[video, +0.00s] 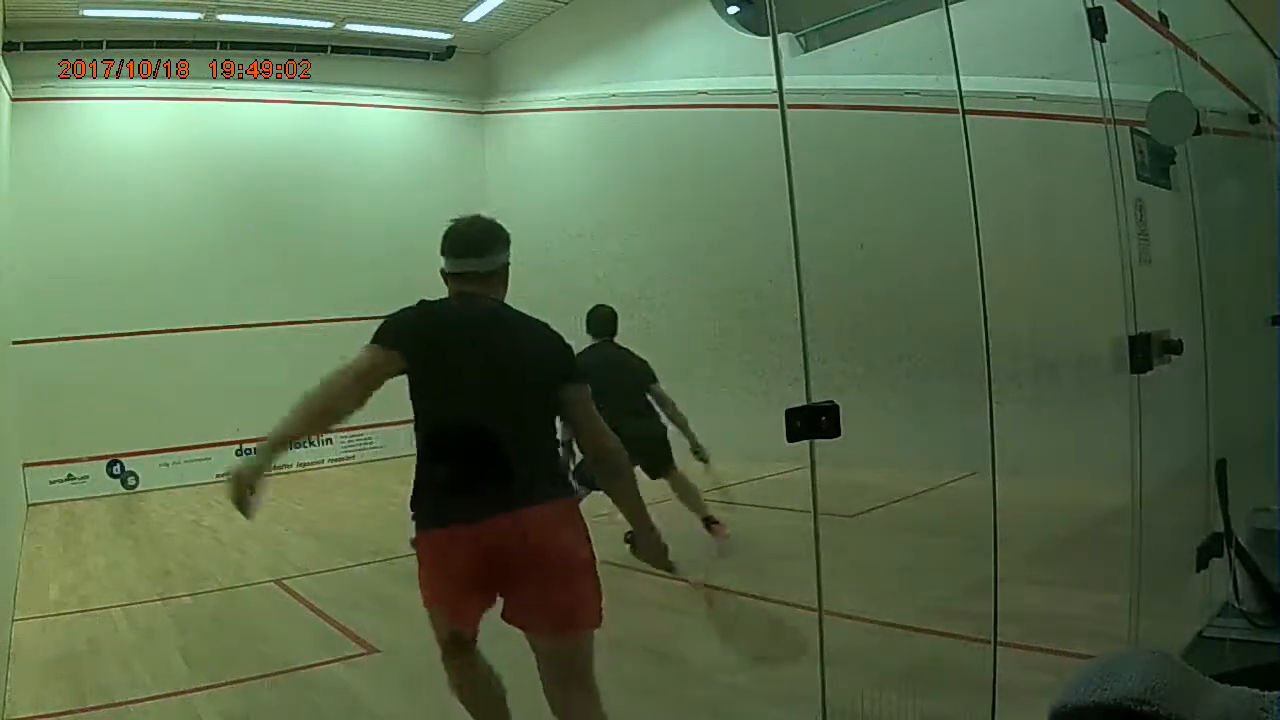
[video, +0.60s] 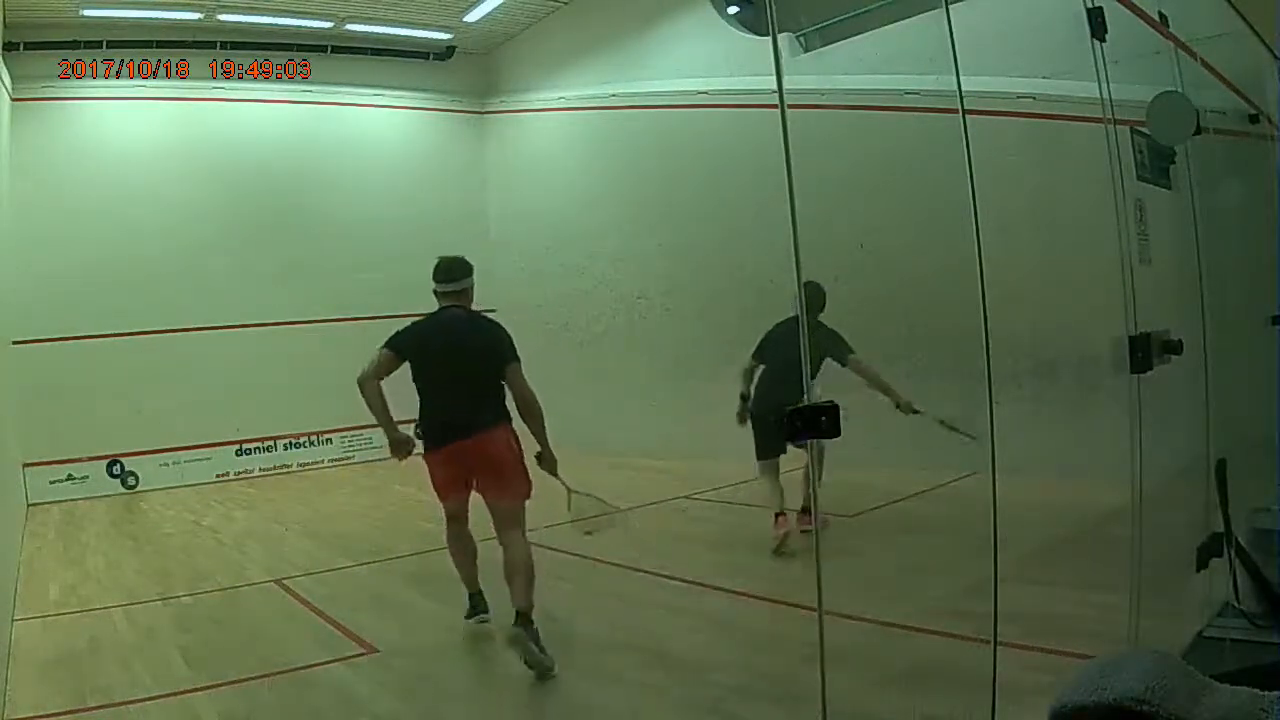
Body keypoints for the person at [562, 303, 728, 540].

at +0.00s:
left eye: (594, 326)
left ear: (588, 329)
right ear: (615, 328)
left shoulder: (578, 365)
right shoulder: (632, 360)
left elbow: (568, 415)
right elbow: (666, 404)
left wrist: (566, 450)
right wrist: (692, 439)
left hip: (607, 444)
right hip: (648, 434)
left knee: (620, 485)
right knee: (672, 473)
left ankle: (643, 533)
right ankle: (707, 518)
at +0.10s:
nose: (651, 326)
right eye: (651, 322)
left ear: (625, 325)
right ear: (651, 325)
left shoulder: (606, 357)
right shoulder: (665, 359)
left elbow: (589, 398)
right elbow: (697, 397)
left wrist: (582, 438)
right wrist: (732, 432)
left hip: (629, 443)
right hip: (669, 438)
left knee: (592, 488)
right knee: (705, 462)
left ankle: (581, 544)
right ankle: (743, 506)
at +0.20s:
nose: (715, 322)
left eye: (710, 316)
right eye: (715, 317)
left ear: (687, 319)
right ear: (711, 321)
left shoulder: (665, 345)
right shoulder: (719, 354)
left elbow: (640, 373)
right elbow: (759, 388)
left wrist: (623, 410)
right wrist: (791, 412)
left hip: (666, 430)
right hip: (704, 430)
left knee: (632, 489)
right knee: (747, 463)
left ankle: (589, 544)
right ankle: (786, 502)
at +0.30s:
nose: (749, 332)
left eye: (740, 328)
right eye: (753, 328)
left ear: (728, 329)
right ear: (755, 329)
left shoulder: (716, 353)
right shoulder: (766, 361)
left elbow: (682, 378)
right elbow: (804, 389)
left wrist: (655, 411)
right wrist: (840, 410)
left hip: (705, 429)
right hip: (742, 432)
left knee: (670, 479)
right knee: (778, 465)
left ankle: (629, 539)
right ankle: (802, 514)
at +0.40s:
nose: (788, 338)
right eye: (791, 333)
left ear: (768, 334)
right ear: (793, 334)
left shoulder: (751, 359)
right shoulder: (801, 360)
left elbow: (715, 389)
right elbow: (840, 383)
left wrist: (689, 418)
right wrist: (869, 399)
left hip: (728, 429)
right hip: (761, 430)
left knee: (709, 488)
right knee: (802, 456)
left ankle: (681, 540)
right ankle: (805, 514)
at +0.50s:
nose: (807, 326)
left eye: (799, 321)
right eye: (809, 322)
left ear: (788, 323)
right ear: (811, 325)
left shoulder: (770, 348)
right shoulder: (813, 351)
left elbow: (736, 382)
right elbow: (856, 373)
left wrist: (715, 417)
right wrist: (890, 393)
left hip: (741, 421)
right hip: (772, 422)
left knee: (738, 484)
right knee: (811, 452)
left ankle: (726, 531)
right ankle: (806, 515)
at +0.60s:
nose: (815, 311)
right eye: (819, 305)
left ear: (796, 302)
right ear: (822, 306)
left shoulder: (778, 330)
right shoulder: (825, 335)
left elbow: (749, 368)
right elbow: (859, 368)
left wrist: (744, 400)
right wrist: (896, 398)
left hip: (764, 408)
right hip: (797, 408)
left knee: (769, 471)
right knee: (816, 449)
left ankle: (780, 518)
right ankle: (807, 513)